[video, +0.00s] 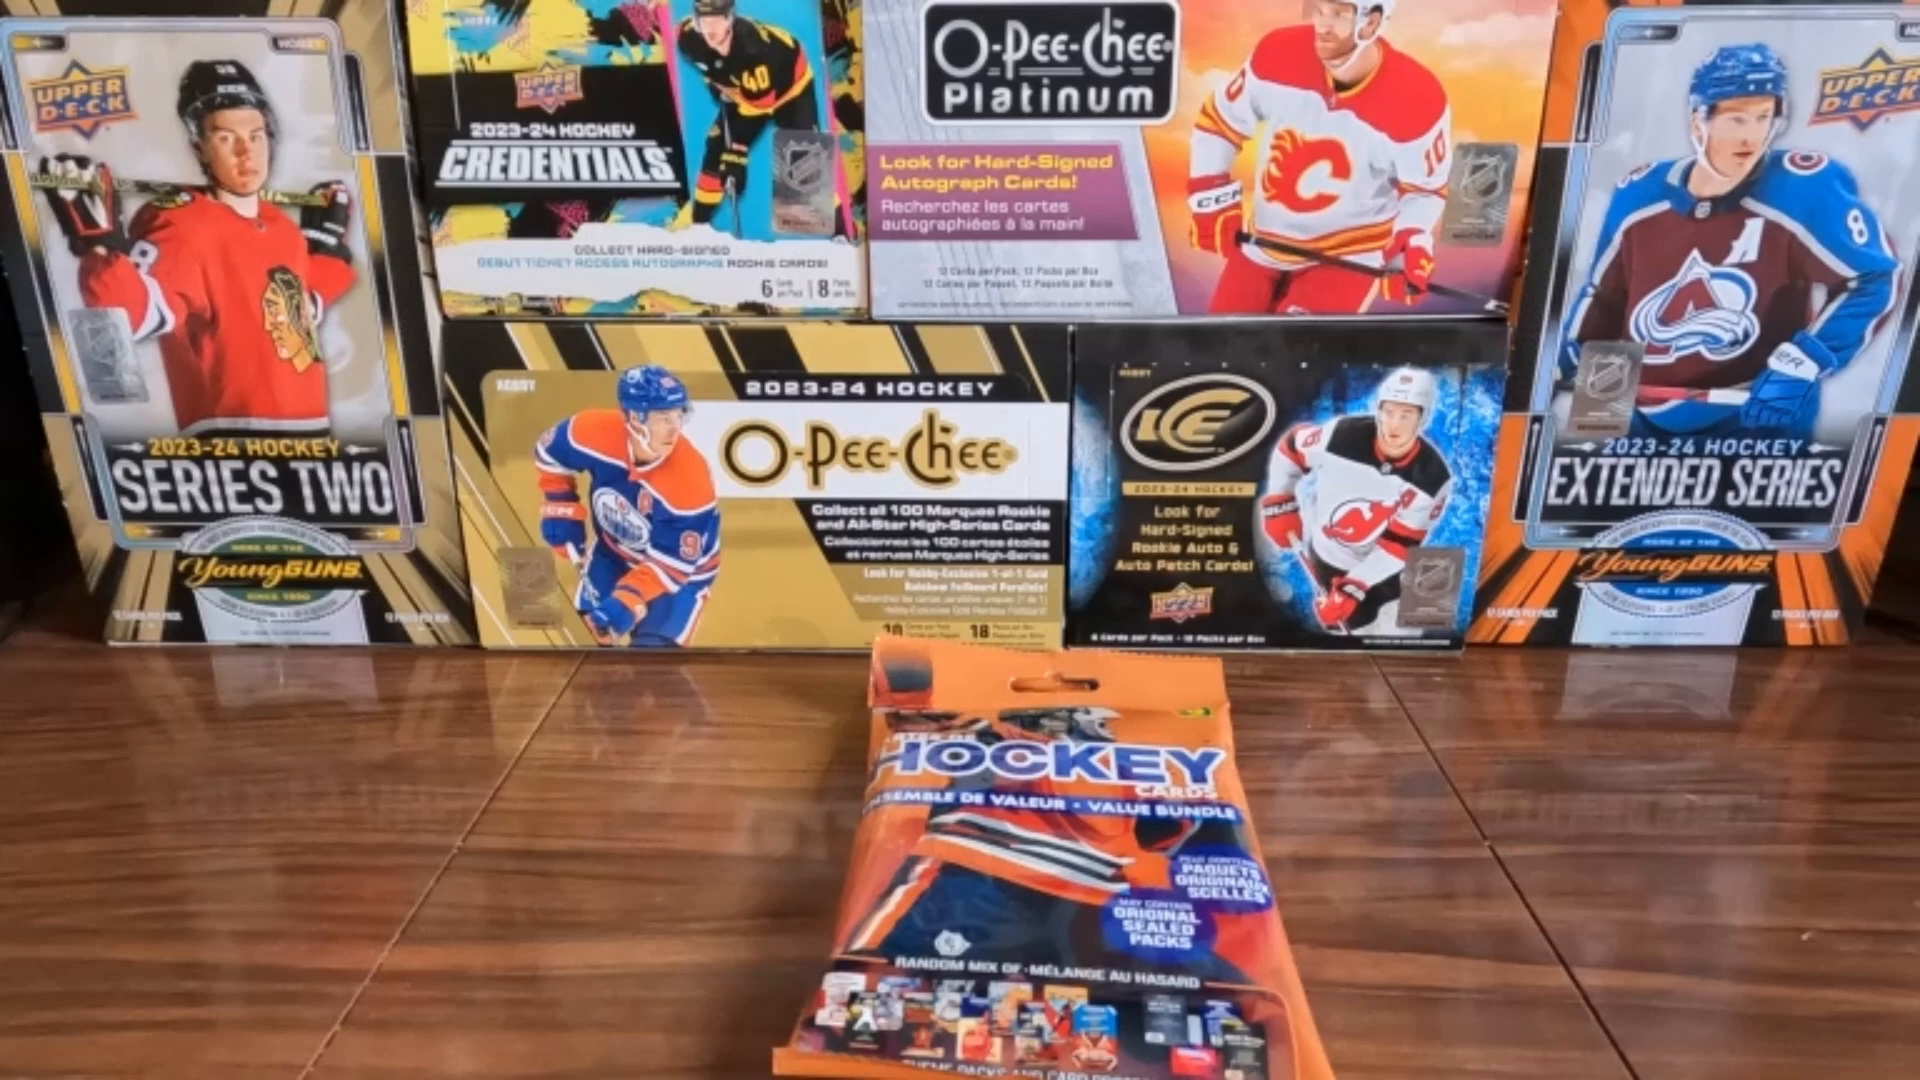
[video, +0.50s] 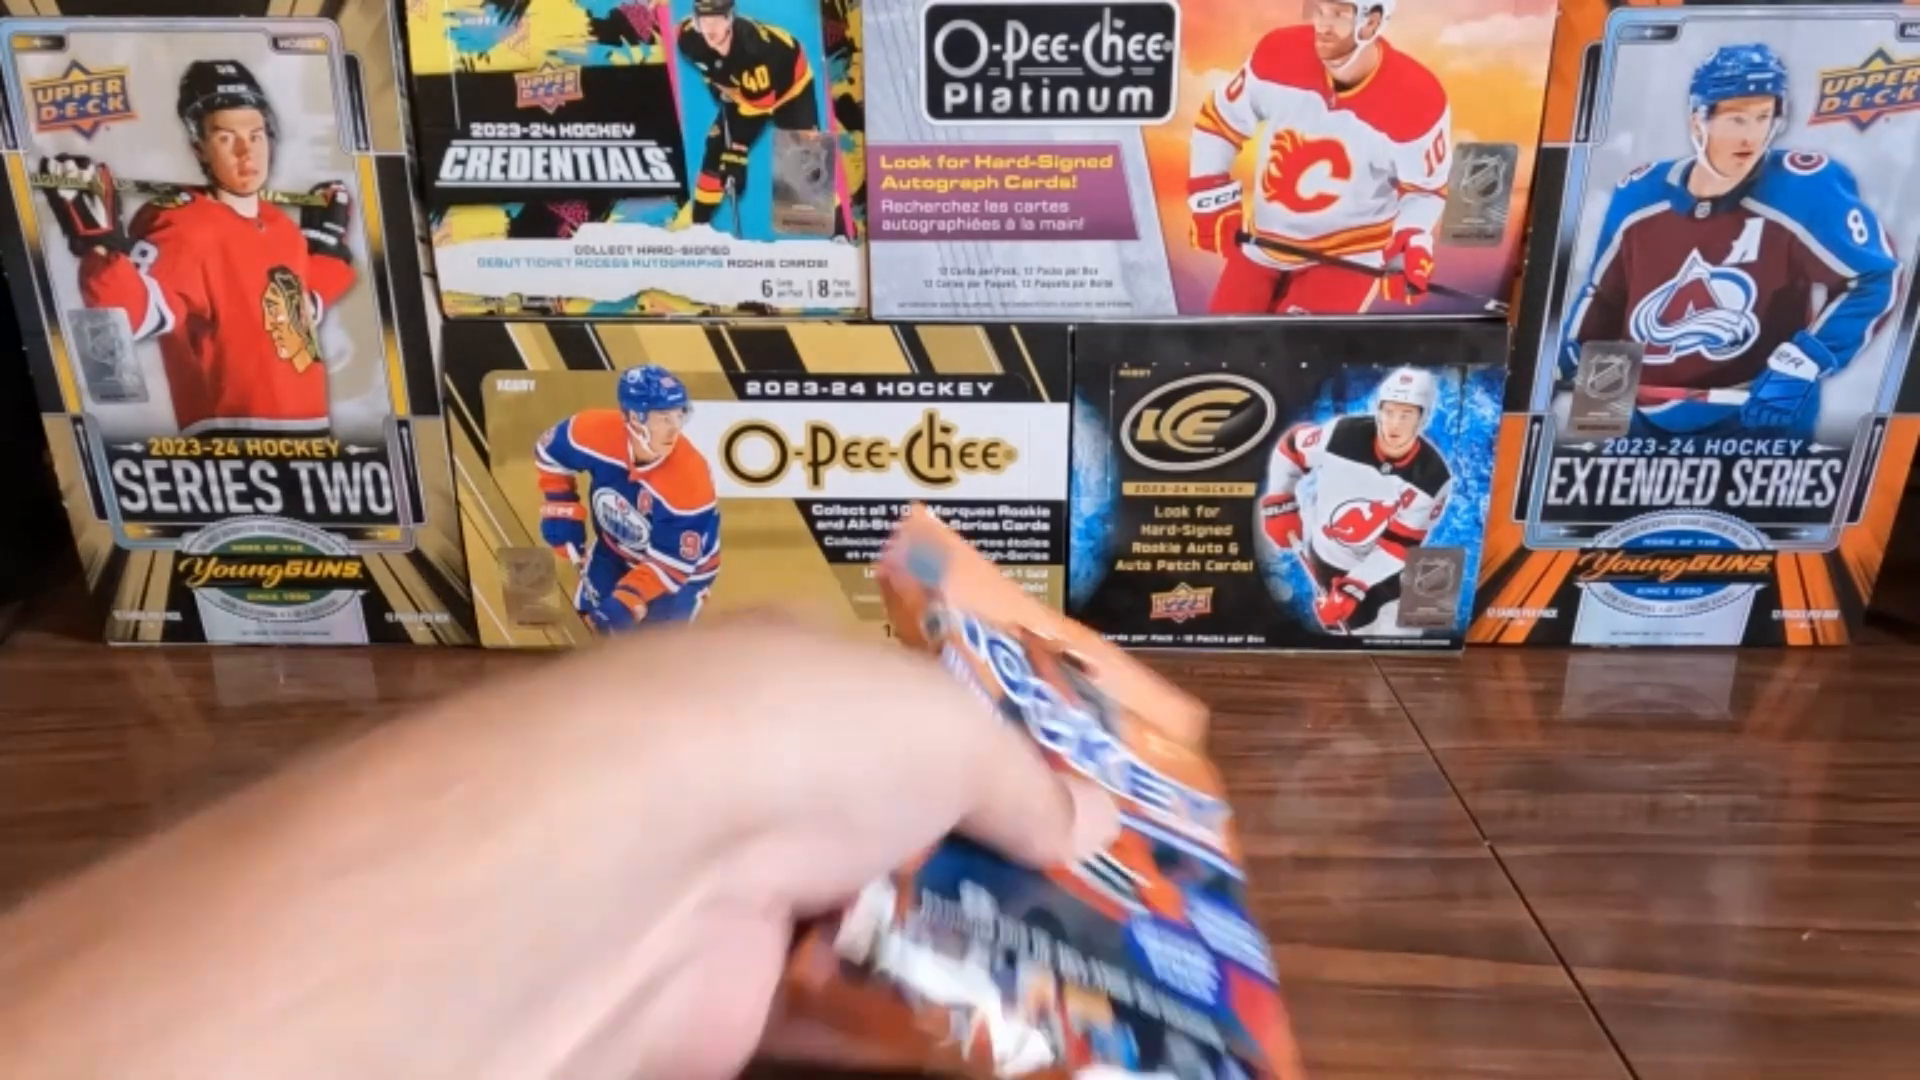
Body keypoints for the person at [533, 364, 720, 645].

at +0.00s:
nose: (675, 429)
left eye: (679, 418)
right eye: (664, 419)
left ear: (684, 417)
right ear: (633, 420)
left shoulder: (690, 480)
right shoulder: (593, 433)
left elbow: (672, 564)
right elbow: (549, 453)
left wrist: (626, 603)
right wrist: (562, 513)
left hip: (676, 571)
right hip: (613, 553)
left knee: (649, 651)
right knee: (592, 615)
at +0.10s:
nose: (675, 429)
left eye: (679, 418)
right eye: (664, 419)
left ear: (685, 417)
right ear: (634, 420)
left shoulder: (690, 480)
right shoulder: (593, 433)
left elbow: (672, 563)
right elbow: (550, 453)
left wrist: (626, 602)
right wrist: (561, 512)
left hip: (675, 572)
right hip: (613, 554)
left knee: (649, 651)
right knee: (592, 614)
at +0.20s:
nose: (675, 430)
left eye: (679, 418)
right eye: (664, 419)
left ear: (685, 417)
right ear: (633, 420)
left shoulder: (690, 480)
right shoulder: (594, 433)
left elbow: (673, 563)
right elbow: (550, 453)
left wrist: (626, 602)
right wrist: (561, 512)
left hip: (674, 572)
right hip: (612, 553)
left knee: (648, 653)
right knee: (592, 615)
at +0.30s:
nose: (675, 430)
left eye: (679, 418)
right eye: (664, 419)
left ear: (685, 417)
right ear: (634, 420)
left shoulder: (690, 480)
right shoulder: (593, 433)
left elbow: (672, 563)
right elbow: (550, 453)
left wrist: (626, 602)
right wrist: (561, 512)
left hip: (675, 572)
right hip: (613, 554)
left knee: (649, 651)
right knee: (592, 614)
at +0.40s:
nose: (675, 429)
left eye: (679, 417)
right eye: (663, 419)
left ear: (685, 415)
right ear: (634, 419)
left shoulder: (690, 481)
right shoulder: (594, 434)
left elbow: (671, 566)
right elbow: (550, 453)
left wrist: (621, 604)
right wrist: (562, 515)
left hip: (676, 579)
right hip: (612, 557)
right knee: (591, 623)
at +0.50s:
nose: (675, 429)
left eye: (680, 417)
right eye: (664, 419)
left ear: (685, 416)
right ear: (634, 420)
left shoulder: (690, 478)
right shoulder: (595, 433)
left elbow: (673, 563)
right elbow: (550, 452)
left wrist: (625, 602)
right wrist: (561, 511)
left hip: (673, 574)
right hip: (612, 553)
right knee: (588, 619)